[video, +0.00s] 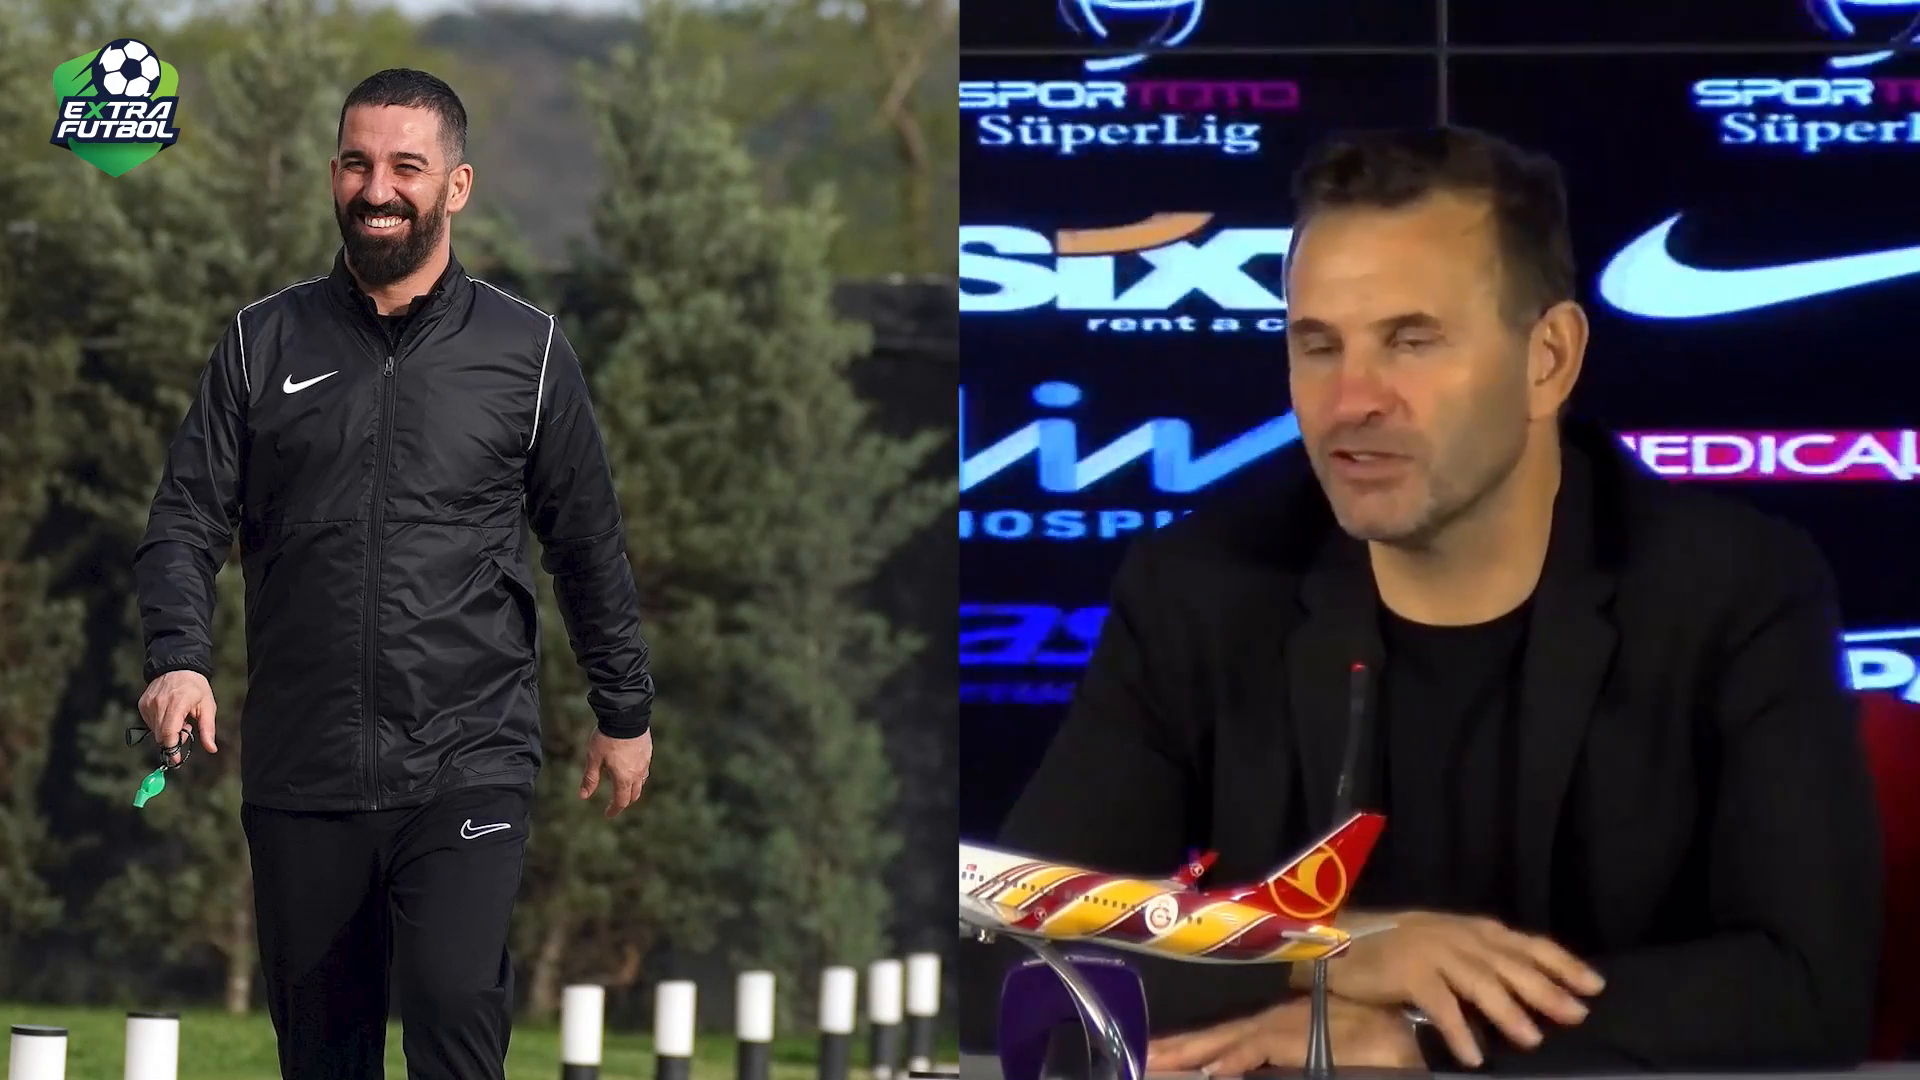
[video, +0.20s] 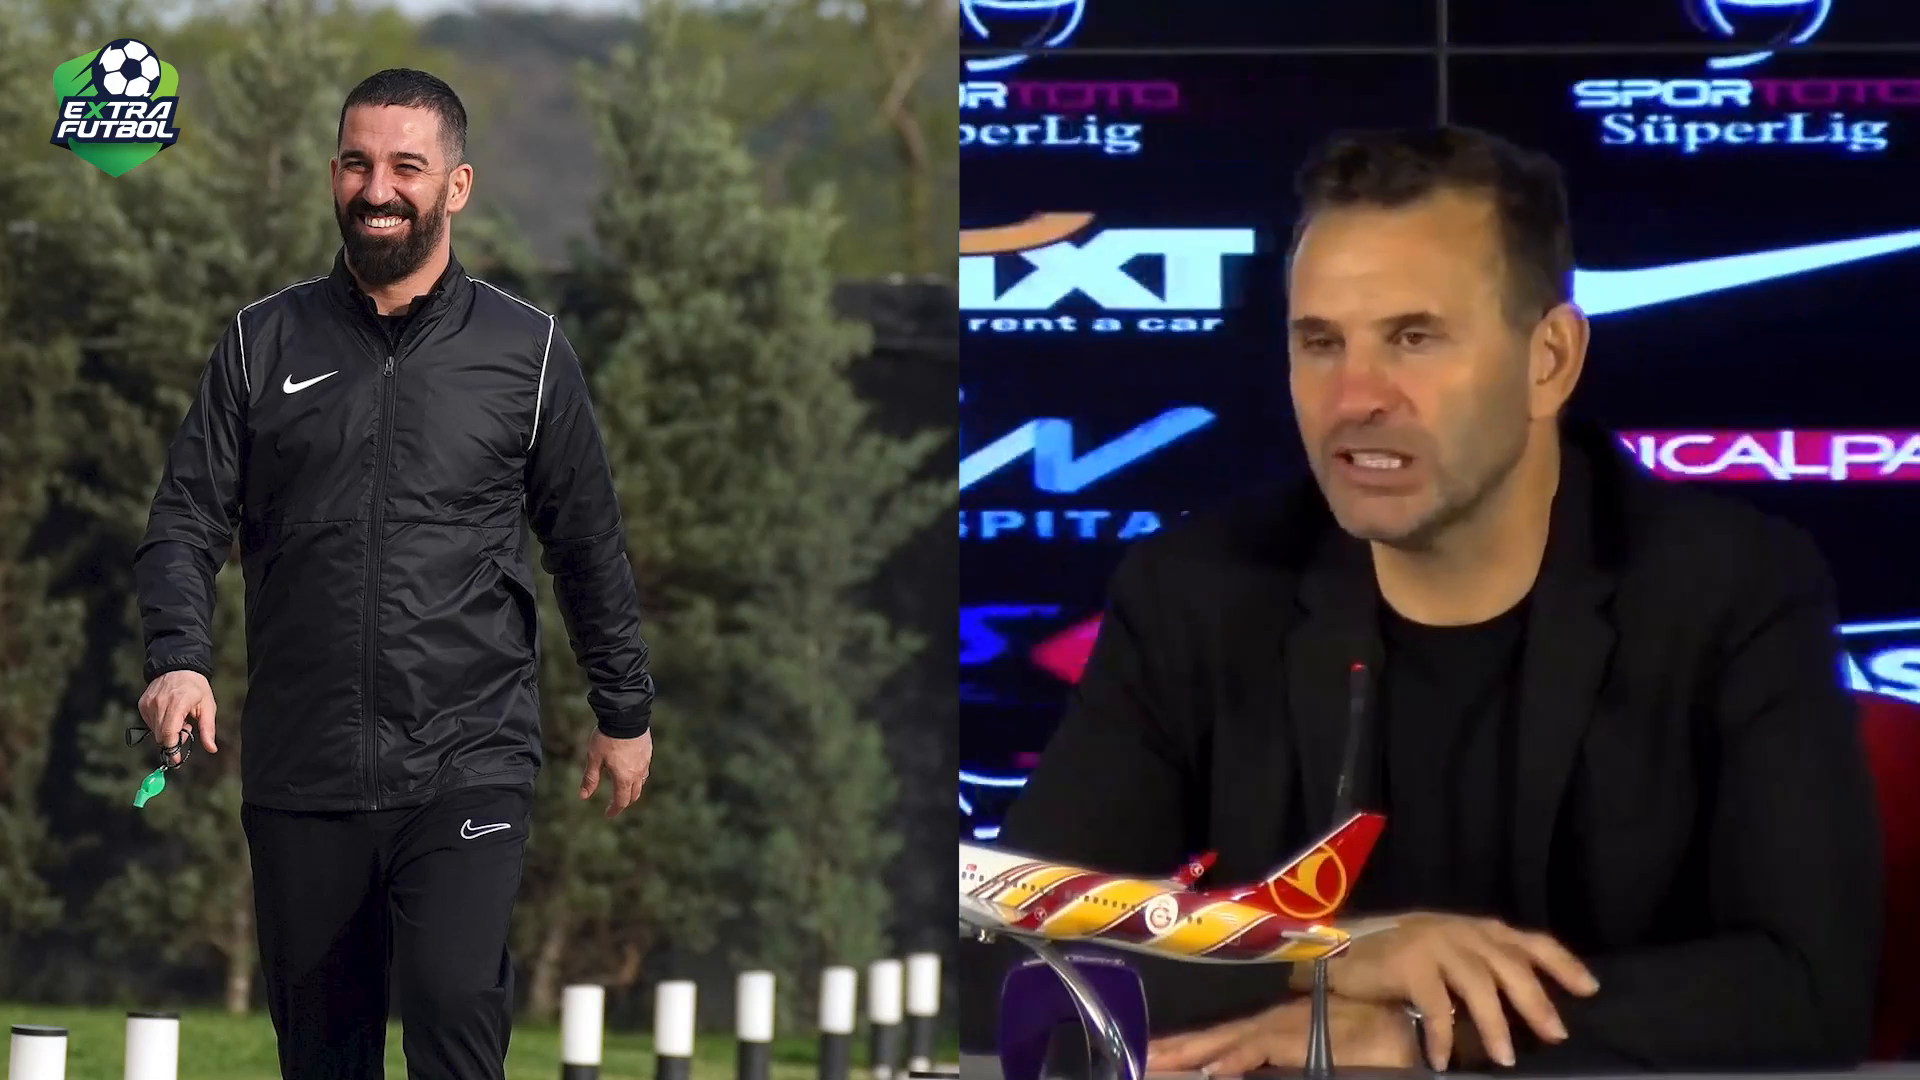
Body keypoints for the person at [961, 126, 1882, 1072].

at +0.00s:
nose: (1348, 400)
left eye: (1410, 340)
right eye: (1318, 345)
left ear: (1550, 359)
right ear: (1287, 357)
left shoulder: (1738, 593)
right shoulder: (1200, 591)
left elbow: (1806, 992)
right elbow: (1024, 953)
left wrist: (1423, 1034)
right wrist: (1326, 955)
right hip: (1258, 1077)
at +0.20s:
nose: (1353, 395)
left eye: (1414, 338)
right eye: (1321, 342)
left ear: (1551, 358)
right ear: (1288, 359)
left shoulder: (1734, 591)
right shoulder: (1194, 592)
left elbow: (1807, 990)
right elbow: (1031, 964)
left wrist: (1426, 1035)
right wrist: (1324, 958)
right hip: (1251, 1077)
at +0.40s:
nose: (1356, 393)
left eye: (1418, 336)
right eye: (1325, 339)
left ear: (1555, 360)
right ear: (1293, 355)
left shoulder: (1734, 593)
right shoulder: (1194, 591)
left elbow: (1807, 989)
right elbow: (1023, 946)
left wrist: (1428, 1035)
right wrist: (1323, 960)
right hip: (1251, 1077)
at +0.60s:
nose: (1352, 398)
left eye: (1416, 340)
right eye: (1323, 342)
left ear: (1554, 362)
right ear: (1292, 355)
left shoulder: (1734, 594)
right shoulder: (1193, 592)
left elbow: (1806, 990)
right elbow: (1027, 955)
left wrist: (1422, 1034)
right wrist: (1325, 960)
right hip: (1244, 1074)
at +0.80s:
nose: (1348, 401)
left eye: (1412, 342)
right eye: (1319, 344)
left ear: (1551, 363)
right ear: (1290, 352)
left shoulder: (1734, 596)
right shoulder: (1189, 592)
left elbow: (1804, 991)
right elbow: (1030, 938)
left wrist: (1424, 1035)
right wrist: (1325, 958)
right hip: (1245, 1077)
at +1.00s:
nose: (1339, 401)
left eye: (1401, 344)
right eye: (1309, 347)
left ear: (1542, 361)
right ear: (1279, 356)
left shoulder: (1723, 597)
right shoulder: (1186, 593)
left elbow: (1806, 989)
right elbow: (1024, 963)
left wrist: (1418, 1034)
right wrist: (1325, 963)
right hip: (1241, 1076)